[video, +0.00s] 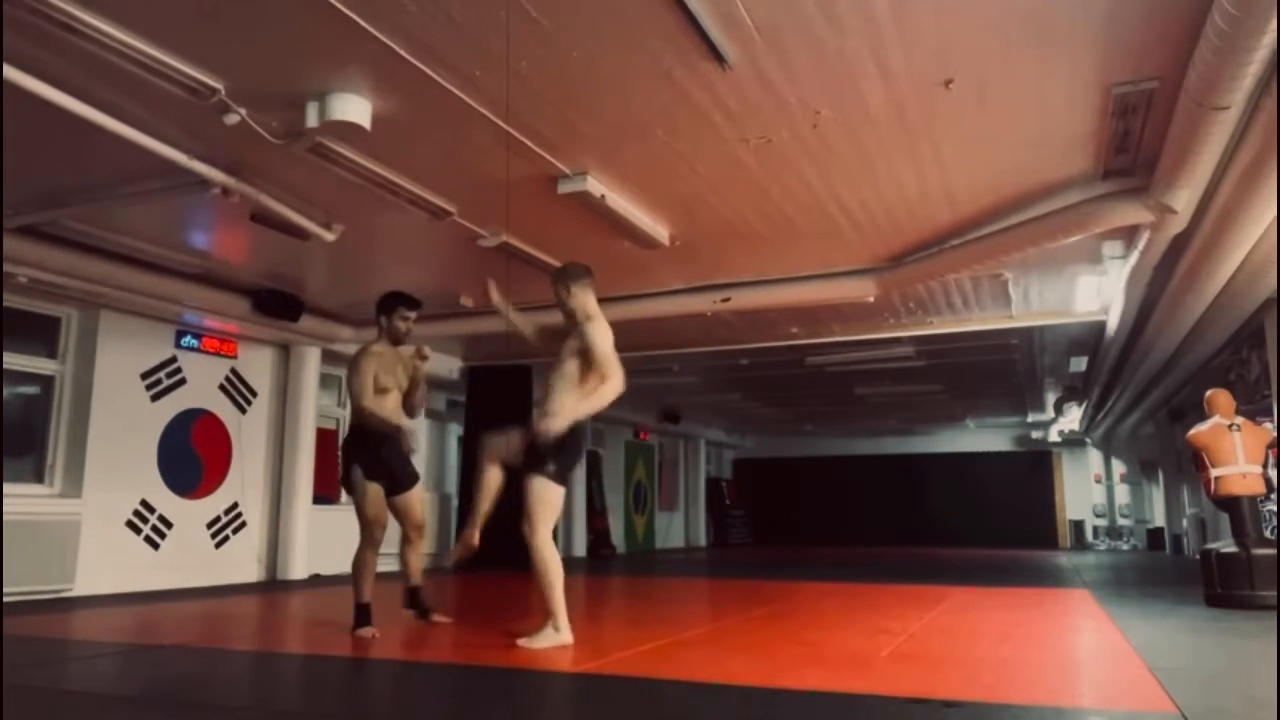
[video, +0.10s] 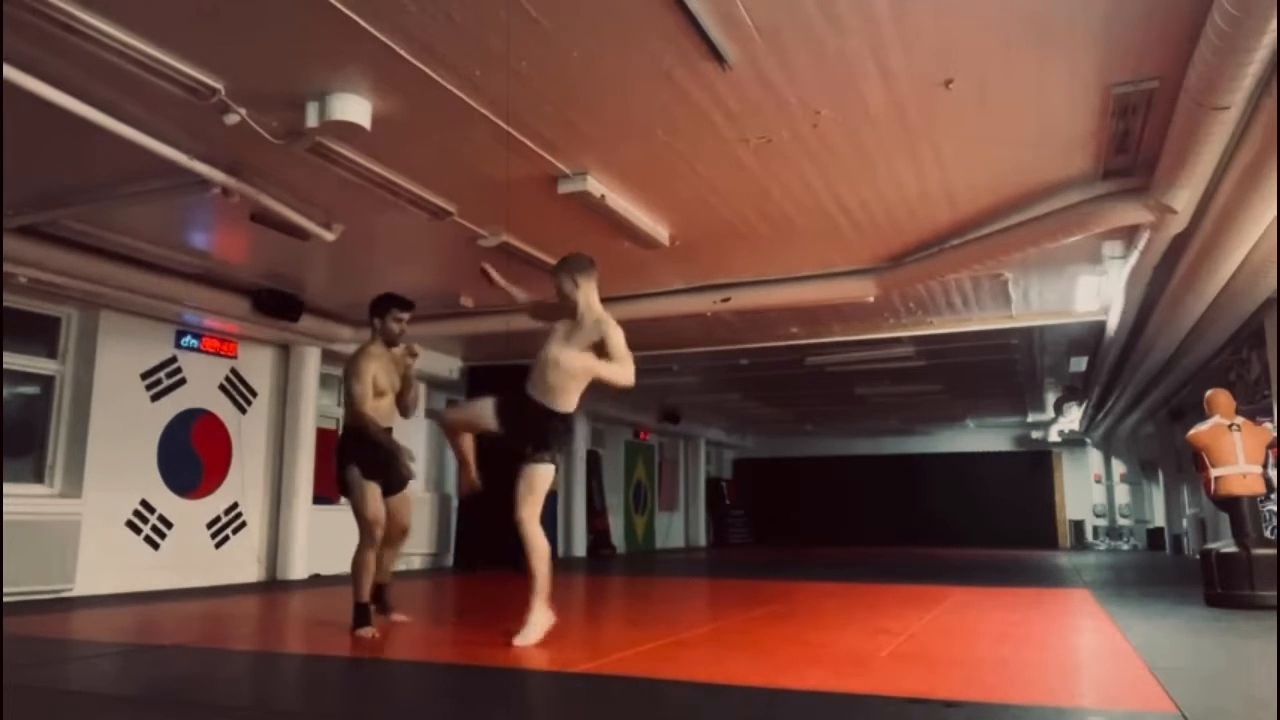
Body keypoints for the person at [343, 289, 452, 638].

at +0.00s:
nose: (410, 327)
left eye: (413, 321)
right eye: (404, 320)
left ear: (413, 323)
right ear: (385, 319)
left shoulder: (408, 359)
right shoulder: (366, 356)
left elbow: (412, 409)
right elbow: (361, 406)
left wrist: (419, 372)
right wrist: (398, 429)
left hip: (394, 442)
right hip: (364, 442)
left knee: (415, 524)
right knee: (374, 529)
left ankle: (415, 595)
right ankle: (363, 612)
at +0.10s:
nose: (402, 328)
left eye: (406, 322)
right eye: (396, 321)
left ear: (406, 324)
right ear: (378, 320)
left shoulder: (397, 358)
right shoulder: (363, 360)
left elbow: (408, 408)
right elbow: (360, 412)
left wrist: (409, 371)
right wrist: (395, 448)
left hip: (387, 440)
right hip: (359, 441)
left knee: (398, 527)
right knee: (373, 528)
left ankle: (379, 596)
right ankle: (361, 612)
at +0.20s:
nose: (393, 331)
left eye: (397, 326)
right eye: (386, 325)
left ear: (398, 328)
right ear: (369, 325)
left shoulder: (388, 362)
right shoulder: (358, 364)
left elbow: (404, 405)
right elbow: (362, 416)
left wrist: (399, 362)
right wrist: (397, 451)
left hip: (377, 444)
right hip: (353, 445)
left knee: (383, 528)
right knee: (373, 528)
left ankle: (345, 583)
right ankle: (361, 613)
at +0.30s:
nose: (376, 336)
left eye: (381, 330)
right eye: (370, 330)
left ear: (387, 333)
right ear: (355, 331)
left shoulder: (380, 364)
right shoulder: (349, 364)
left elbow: (391, 404)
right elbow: (366, 412)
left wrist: (383, 367)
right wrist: (402, 448)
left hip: (368, 451)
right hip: (347, 450)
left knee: (358, 532)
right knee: (374, 528)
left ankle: (315, 581)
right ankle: (361, 617)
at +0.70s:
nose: (333, 344)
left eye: (337, 338)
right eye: (326, 337)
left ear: (339, 339)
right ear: (308, 337)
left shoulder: (327, 370)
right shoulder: (303, 371)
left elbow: (350, 411)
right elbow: (328, 415)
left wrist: (341, 381)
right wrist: (353, 458)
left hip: (326, 452)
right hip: (309, 453)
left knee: (312, 537)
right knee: (340, 522)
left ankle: (282, 601)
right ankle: (334, 604)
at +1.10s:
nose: (330, 338)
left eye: (333, 332)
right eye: (324, 331)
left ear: (332, 336)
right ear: (305, 333)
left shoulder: (324, 370)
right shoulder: (299, 366)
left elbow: (332, 416)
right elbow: (298, 411)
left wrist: (341, 384)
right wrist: (330, 444)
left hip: (311, 449)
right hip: (300, 447)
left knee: (300, 534)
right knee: (326, 524)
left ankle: (279, 602)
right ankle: (292, 601)